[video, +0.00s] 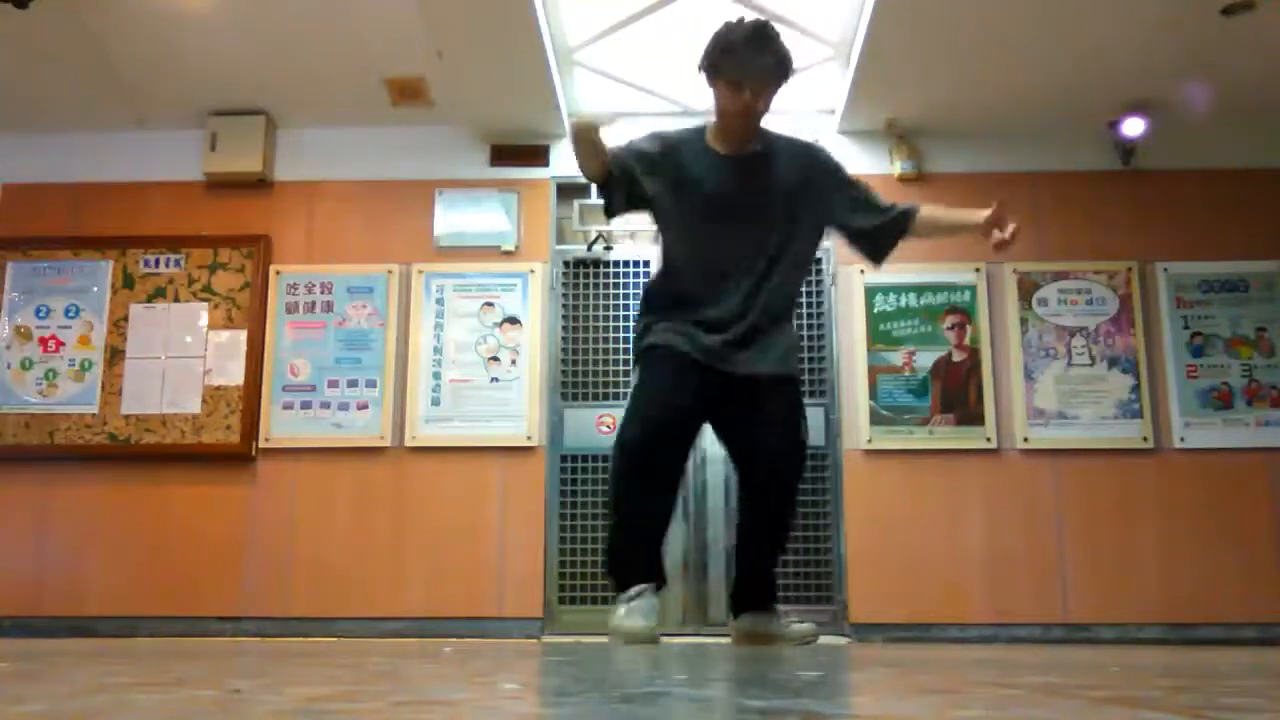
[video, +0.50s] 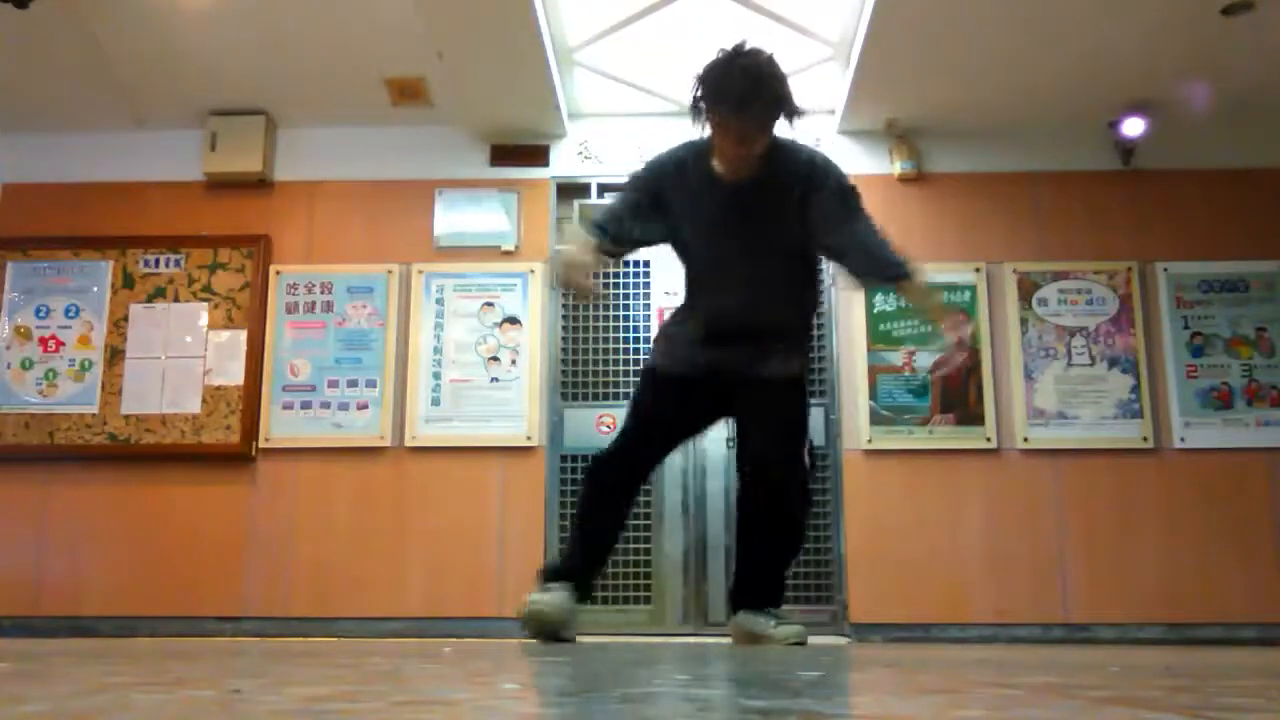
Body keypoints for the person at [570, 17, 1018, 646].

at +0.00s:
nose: (749, 102)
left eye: (762, 88)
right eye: (737, 86)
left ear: (776, 90)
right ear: (711, 82)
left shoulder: (805, 166)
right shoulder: (671, 155)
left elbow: (887, 219)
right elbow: (603, 174)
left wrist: (978, 221)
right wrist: (585, 135)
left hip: (762, 350)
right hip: (679, 343)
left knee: (776, 467)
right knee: (644, 446)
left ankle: (753, 610)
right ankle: (638, 590)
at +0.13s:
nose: (746, 106)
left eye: (760, 93)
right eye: (736, 91)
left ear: (779, 84)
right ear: (714, 76)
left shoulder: (806, 143)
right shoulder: (673, 138)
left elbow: (877, 205)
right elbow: (615, 190)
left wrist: (934, 219)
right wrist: (639, 198)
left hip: (771, 331)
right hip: (691, 327)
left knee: (771, 468)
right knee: (687, 450)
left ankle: (757, 602)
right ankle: (685, 584)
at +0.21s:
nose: (746, 112)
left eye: (759, 100)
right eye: (735, 98)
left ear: (780, 88)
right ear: (715, 82)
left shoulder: (808, 141)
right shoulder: (677, 142)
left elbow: (861, 225)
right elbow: (641, 227)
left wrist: (859, 258)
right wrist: (683, 268)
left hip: (776, 335)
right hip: (698, 336)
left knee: (774, 463)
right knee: (709, 457)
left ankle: (762, 602)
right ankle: (717, 594)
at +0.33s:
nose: (741, 127)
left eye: (756, 115)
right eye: (730, 112)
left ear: (779, 106)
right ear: (714, 99)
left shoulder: (808, 152)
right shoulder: (679, 158)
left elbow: (820, 248)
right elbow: (672, 263)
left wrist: (803, 314)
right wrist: (707, 333)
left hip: (780, 316)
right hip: (697, 315)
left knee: (777, 459)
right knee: (691, 432)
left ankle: (760, 603)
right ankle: (672, 588)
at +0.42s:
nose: (735, 139)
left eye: (749, 126)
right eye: (726, 123)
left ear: (774, 118)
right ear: (709, 111)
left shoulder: (809, 164)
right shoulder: (679, 165)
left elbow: (848, 263)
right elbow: (636, 263)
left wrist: (866, 328)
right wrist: (656, 305)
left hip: (777, 352)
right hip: (697, 343)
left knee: (778, 479)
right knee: (647, 446)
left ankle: (757, 607)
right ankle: (612, 579)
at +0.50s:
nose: (736, 147)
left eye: (750, 134)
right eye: (726, 131)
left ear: (773, 123)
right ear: (708, 117)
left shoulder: (807, 178)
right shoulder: (676, 175)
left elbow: (863, 247)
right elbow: (612, 228)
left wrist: (932, 305)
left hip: (775, 362)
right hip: (692, 355)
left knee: (778, 484)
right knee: (626, 458)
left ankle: (756, 609)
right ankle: (565, 586)